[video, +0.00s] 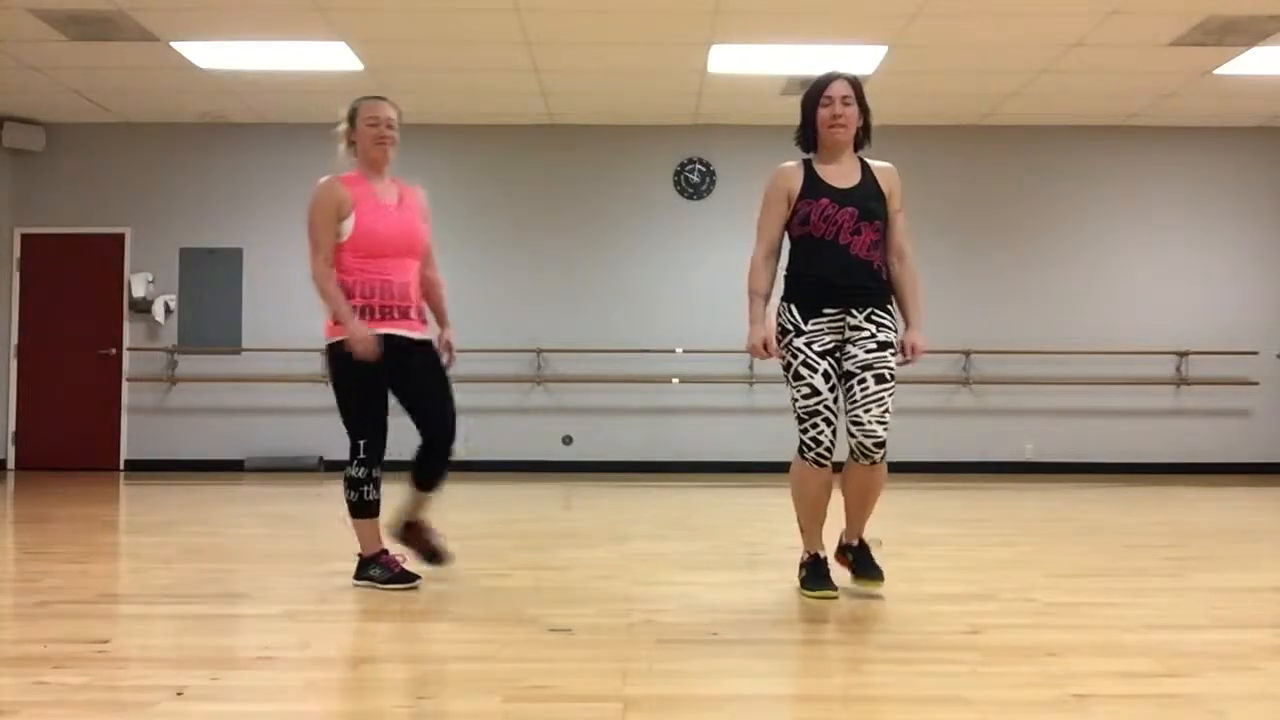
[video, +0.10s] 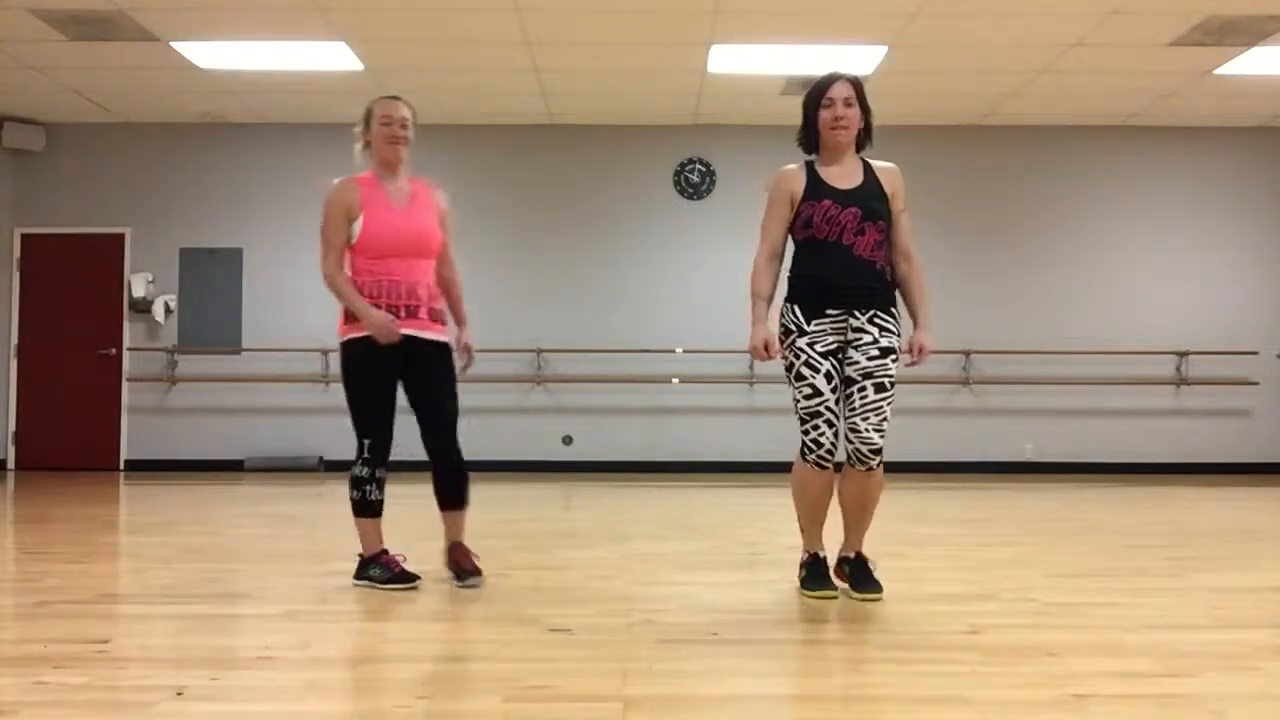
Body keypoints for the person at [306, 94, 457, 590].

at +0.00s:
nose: (384, 132)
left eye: (391, 126)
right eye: (373, 124)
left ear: (398, 136)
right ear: (351, 134)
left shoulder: (412, 196)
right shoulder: (333, 191)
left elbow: (426, 268)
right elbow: (321, 269)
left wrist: (444, 323)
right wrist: (350, 323)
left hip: (410, 338)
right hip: (356, 338)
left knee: (441, 430)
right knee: (368, 443)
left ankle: (412, 520)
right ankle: (371, 554)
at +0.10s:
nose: (398, 131)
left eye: (405, 124)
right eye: (387, 123)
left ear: (413, 135)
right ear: (367, 133)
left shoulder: (433, 196)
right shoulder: (347, 193)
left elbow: (446, 267)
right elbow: (332, 269)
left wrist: (462, 325)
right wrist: (367, 313)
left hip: (428, 336)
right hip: (368, 337)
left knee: (445, 444)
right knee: (374, 447)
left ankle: (457, 547)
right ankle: (371, 554)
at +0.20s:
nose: (411, 130)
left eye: (419, 124)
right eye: (400, 123)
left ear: (429, 135)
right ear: (382, 134)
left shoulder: (453, 194)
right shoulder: (361, 196)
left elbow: (467, 264)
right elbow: (347, 270)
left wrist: (481, 326)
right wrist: (366, 317)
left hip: (442, 340)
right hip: (383, 339)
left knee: (452, 449)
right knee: (391, 446)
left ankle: (461, 552)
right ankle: (374, 554)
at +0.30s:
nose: (424, 128)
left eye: (431, 122)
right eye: (413, 121)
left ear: (442, 134)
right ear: (396, 133)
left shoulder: (466, 192)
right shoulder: (374, 195)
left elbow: (486, 264)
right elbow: (364, 266)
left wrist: (501, 325)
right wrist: (359, 324)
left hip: (452, 335)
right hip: (391, 335)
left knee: (458, 446)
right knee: (406, 439)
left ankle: (463, 551)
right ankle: (397, 545)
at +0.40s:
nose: (432, 126)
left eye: (440, 121)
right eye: (422, 119)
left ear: (451, 135)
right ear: (404, 131)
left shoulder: (472, 191)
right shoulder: (381, 194)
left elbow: (496, 260)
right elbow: (368, 267)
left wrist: (516, 324)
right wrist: (352, 333)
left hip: (460, 333)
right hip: (398, 333)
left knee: (462, 443)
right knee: (411, 436)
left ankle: (464, 550)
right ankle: (410, 530)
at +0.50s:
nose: (436, 127)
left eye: (445, 121)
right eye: (427, 119)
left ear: (456, 135)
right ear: (409, 131)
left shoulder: (476, 192)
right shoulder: (384, 194)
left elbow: (499, 257)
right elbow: (369, 267)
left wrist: (517, 319)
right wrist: (350, 330)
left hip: (463, 334)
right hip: (401, 334)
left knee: (463, 443)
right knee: (412, 439)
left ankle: (465, 550)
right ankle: (410, 536)